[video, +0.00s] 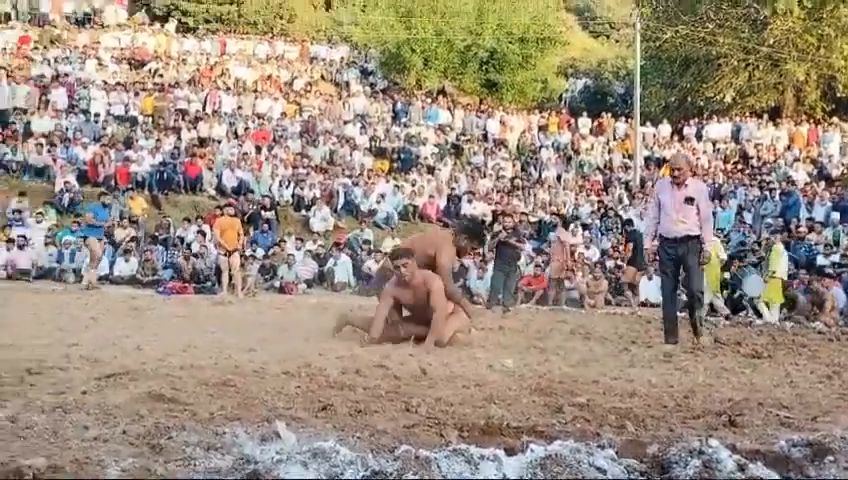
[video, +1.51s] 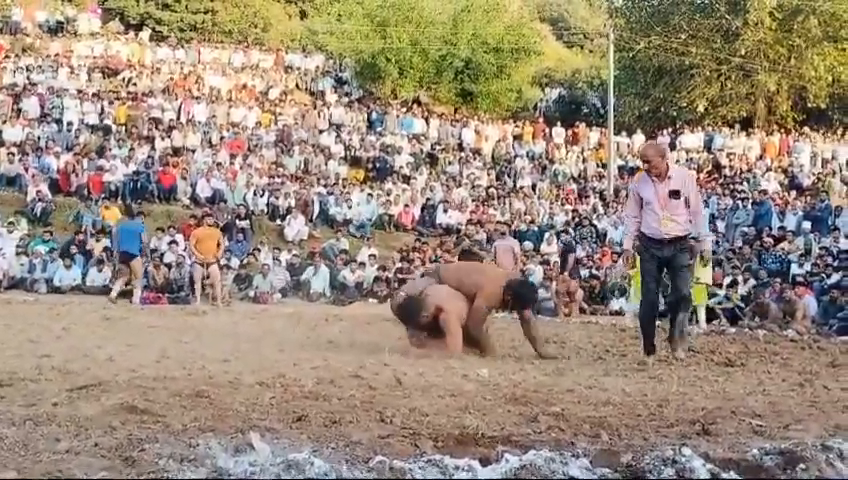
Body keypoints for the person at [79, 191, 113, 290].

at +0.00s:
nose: (108, 201)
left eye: (110, 199)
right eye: (106, 198)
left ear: (111, 200)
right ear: (101, 198)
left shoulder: (107, 210)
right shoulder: (93, 207)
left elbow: (107, 222)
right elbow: (88, 220)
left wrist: (110, 223)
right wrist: (103, 224)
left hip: (100, 235)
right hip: (90, 234)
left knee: (98, 257)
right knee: (97, 253)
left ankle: (88, 280)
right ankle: (91, 278)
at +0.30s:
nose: (105, 207)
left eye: (106, 205)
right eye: (103, 204)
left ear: (106, 205)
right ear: (99, 204)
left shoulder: (103, 215)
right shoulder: (93, 214)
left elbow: (101, 230)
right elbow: (88, 227)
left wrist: (103, 241)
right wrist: (94, 239)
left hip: (98, 243)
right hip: (90, 243)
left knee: (94, 265)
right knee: (94, 264)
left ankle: (77, 284)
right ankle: (92, 288)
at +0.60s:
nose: (114, 214)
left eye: (115, 212)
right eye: (113, 211)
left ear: (109, 211)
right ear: (110, 210)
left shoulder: (107, 221)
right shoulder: (101, 218)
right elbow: (102, 232)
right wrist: (107, 247)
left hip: (105, 247)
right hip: (97, 247)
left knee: (109, 272)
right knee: (97, 270)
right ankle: (90, 294)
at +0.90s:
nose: (123, 221)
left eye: (124, 219)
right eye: (123, 218)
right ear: (119, 216)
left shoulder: (104, 223)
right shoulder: (113, 223)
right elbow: (112, 236)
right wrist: (118, 249)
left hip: (105, 251)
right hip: (110, 252)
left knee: (112, 274)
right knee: (116, 273)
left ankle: (110, 298)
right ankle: (99, 290)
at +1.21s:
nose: (133, 219)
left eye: (133, 217)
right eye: (133, 216)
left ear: (124, 214)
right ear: (130, 215)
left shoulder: (116, 223)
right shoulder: (126, 223)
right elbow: (125, 236)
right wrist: (132, 249)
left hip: (113, 250)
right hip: (122, 251)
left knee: (115, 276)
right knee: (130, 274)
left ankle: (109, 298)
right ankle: (133, 298)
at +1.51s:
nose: (143, 221)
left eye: (143, 219)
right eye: (142, 219)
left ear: (129, 216)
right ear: (140, 218)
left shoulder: (121, 225)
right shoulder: (140, 226)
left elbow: (115, 238)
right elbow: (144, 240)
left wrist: (115, 249)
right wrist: (147, 254)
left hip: (122, 250)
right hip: (134, 251)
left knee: (123, 275)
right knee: (138, 277)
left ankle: (113, 293)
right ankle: (136, 299)